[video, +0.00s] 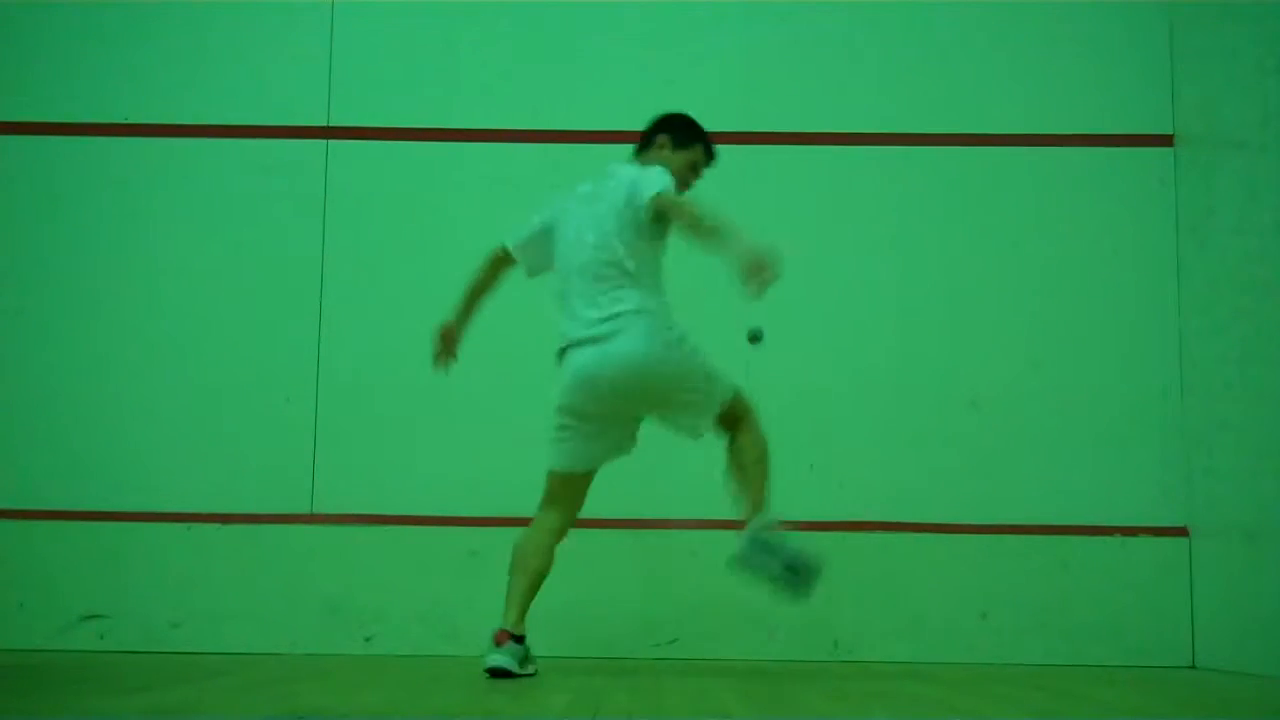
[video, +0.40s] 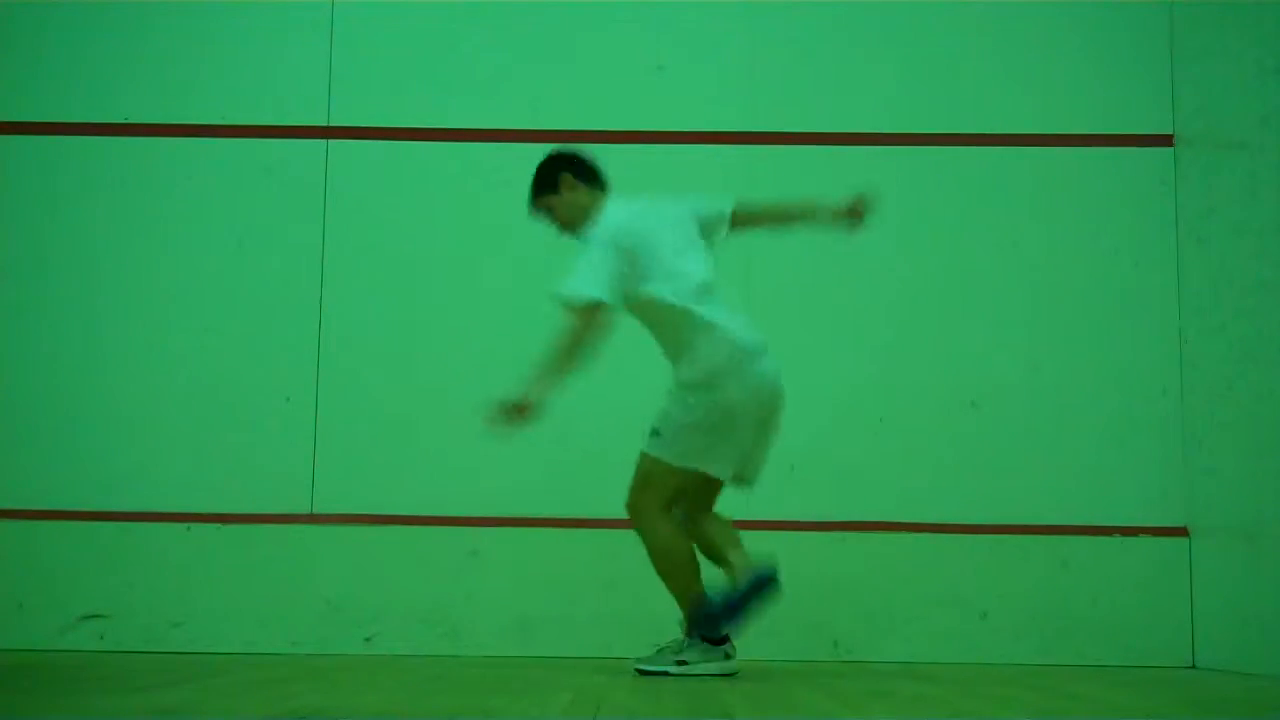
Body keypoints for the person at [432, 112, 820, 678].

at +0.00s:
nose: (690, 182)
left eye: (696, 173)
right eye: (690, 168)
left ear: (647, 146)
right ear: (661, 144)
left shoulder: (572, 202)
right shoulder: (646, 178)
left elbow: (501, 258)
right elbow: (679, 212)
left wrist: (455, 323)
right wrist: (741, 249)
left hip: (584, 367)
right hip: (649, 348)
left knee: (555, 508)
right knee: (738, 416)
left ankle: (509, 635)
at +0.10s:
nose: (685, 152)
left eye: (688, 144)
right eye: (683, 141)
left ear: (634, 122)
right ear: (655, 122)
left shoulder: (558, 181)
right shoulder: (653, 152)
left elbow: (481, 230)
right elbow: (718, 157)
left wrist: (437, 288)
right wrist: (799, 172)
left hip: (608, 343)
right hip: (680, 310)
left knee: (576, 481)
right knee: (725, 385)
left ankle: (547, 619)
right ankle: (804, 438)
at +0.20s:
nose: (673, 129)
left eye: (667, 123)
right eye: (670, 121)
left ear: (609, 121)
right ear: (655, 118)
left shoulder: (566, 166)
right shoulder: (671, 143)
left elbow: (486, 226)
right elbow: (750, 140)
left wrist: (433, 290)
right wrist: (837, 134)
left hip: (643, 322)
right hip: (712, 302)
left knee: (605, 466)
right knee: (705, 421)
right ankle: (803, 479)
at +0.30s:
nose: (581, 154)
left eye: (580, 147)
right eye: (611, 145)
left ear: (581, 146)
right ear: (631, 140)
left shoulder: (572, 185)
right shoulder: (673, 166)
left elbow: (512, 262)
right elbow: (767, 157)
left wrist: (457, 332)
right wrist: (855, 146)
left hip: (683, 343)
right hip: (733, 335)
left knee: (650, 486)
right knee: (696, 472)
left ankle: (701, 629)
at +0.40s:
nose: (553, 223)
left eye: (549, 209)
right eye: (546, 214)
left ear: (571, 185)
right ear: (583, 184)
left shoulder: (608, 232)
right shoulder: (664, 209)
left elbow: (586, 323)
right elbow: (746, 213)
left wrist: (534, 393)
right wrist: (832, 211)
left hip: (713, 380)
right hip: (751, 376)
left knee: (647, 507)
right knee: (692, 508)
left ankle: (704, 638)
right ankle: (745, 573)